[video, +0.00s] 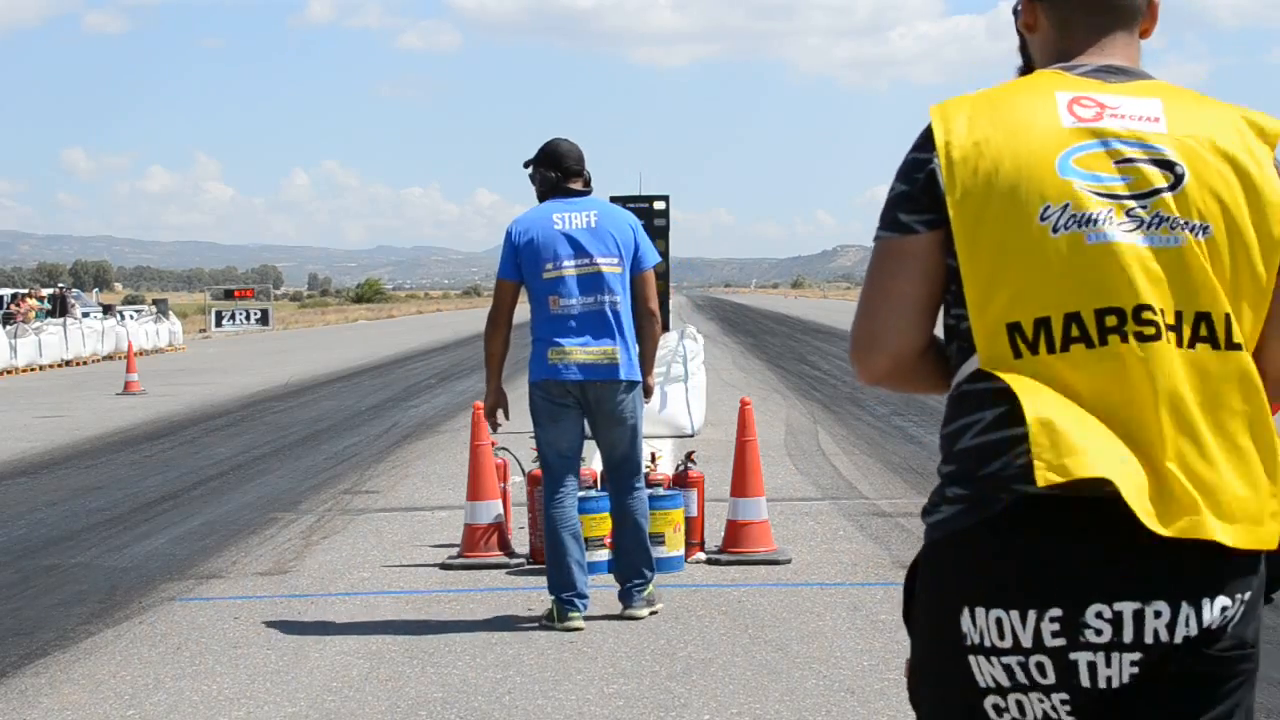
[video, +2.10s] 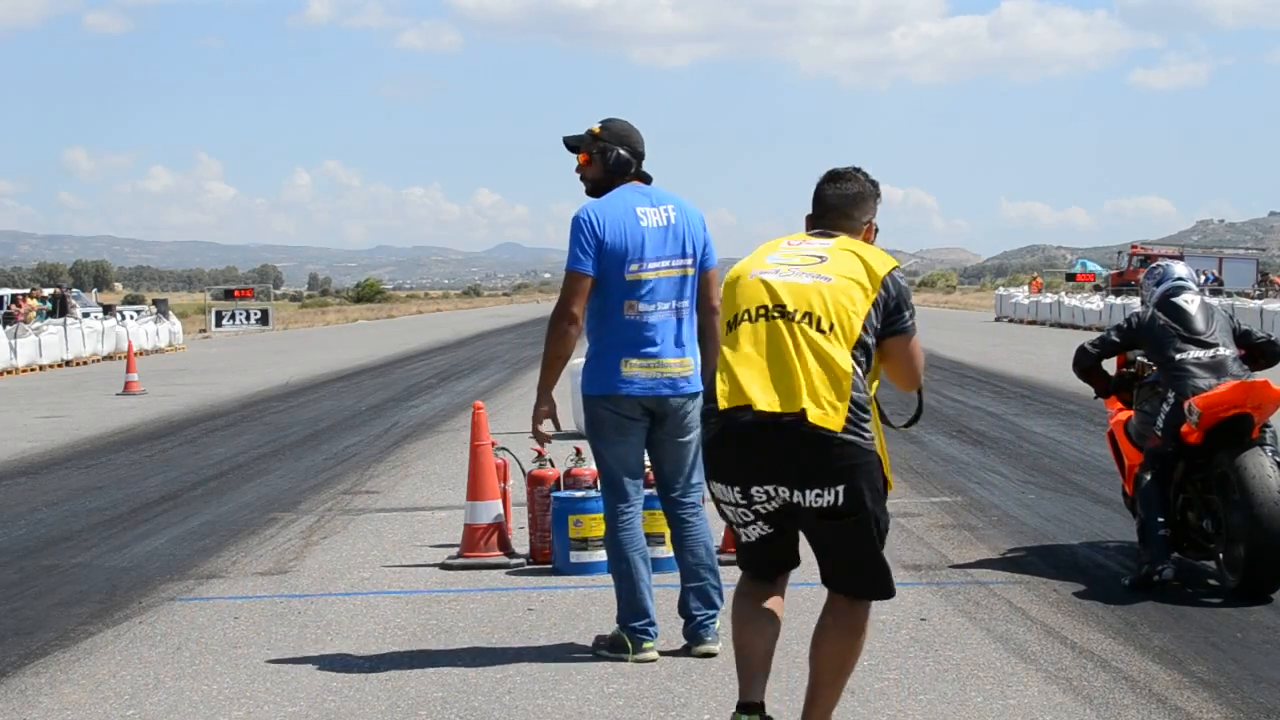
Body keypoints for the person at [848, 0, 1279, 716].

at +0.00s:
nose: (1019, 27)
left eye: (1017, 19)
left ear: (1026, 16)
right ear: (1152, 17)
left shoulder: (960, 132)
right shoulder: (1259, 145)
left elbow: (881, 354)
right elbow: (1270, 379)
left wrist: (999, 361)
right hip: (1207, 584)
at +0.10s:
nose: (988, 57)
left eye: (988, 40)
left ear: (997, 31)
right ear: (1116, 32)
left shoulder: (941, 149)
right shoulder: (1220, 154)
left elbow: (871, 368)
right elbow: (1261, 374)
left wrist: (982, 373)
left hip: (986, 531)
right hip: (1178, 536)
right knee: (1176, 704)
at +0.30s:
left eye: (914, 71)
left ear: (922, 71)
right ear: (1032, 66)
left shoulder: (871, 183)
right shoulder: (1127, 178)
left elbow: (815, 381)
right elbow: (1172, 375)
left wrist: (912, 363)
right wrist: (1063, 361)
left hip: (921, 552)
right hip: (1091, 549)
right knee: (1093, 708)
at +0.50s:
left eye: (856, 66)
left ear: (861, 67)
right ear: (963, 62)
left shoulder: (809, 173)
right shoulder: (1042, 163)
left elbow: (756, 350)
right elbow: (1099, 340)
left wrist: (850, 329)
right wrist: (1000, 335)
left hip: (873, 497)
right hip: (1021, 508)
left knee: (872, 706)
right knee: (1000, 707)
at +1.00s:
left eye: (823, 91)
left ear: (825, 97)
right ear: (910, 103)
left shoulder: (766, 185)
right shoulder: (966, 202)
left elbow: (714, 329)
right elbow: (990, 353)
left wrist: (792, 299)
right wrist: (915, 309)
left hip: (798, 482)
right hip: (922, 488)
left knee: (795, 691)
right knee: (887, 681)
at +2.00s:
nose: (868, 210)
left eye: (865, 202)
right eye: (868, 203)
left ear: (799, 198)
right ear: (860, 206)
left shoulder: (738, 247)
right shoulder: (876, 254)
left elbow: (730, 339)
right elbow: (904, 361)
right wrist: (860, 323)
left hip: (739, 450)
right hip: (836, 456)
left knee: (748, 585)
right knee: (841, 593)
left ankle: (756, 702)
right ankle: (814, 715)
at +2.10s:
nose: (876, 235)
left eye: (872, 227)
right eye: (876, 227)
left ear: (809, 221)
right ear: (869, 229)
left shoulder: (749, 264)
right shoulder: (879, 272)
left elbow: (730, 361)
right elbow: (907, 377)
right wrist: (872, 325)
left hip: (738, 450)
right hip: (831, 454)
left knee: (763, 569)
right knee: (850, 587)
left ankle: (748, 708)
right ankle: (815, 715)